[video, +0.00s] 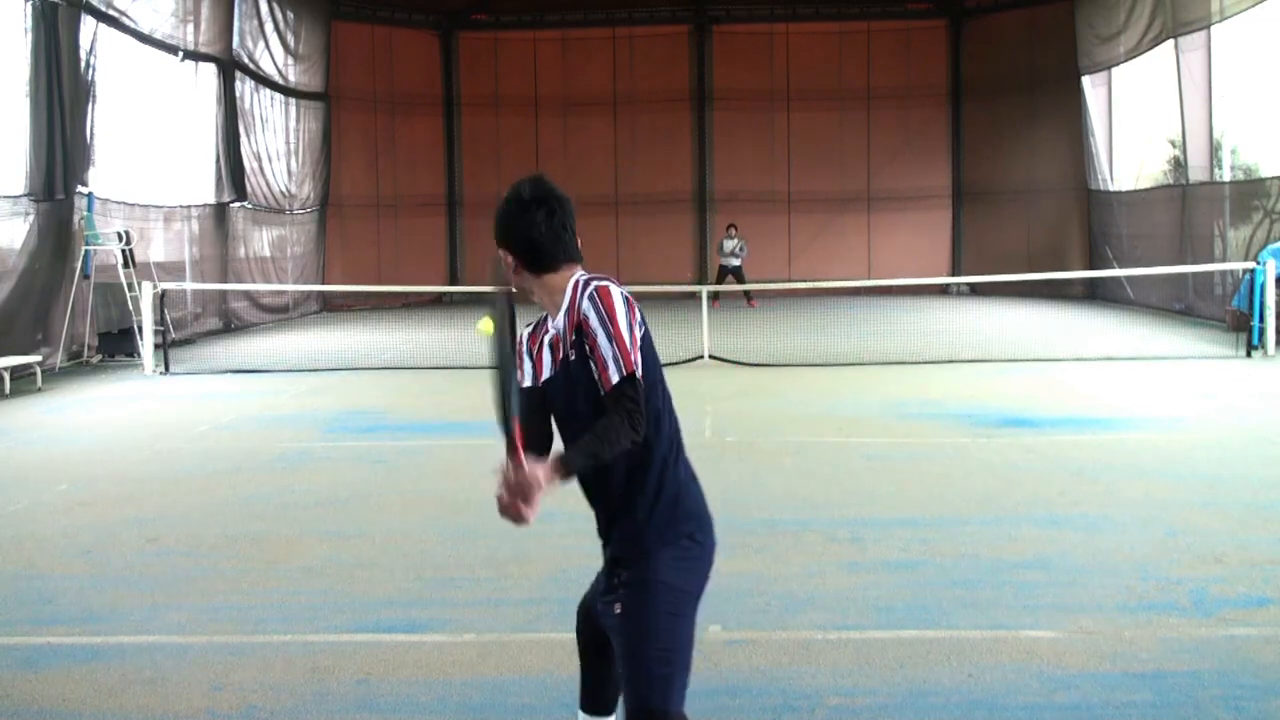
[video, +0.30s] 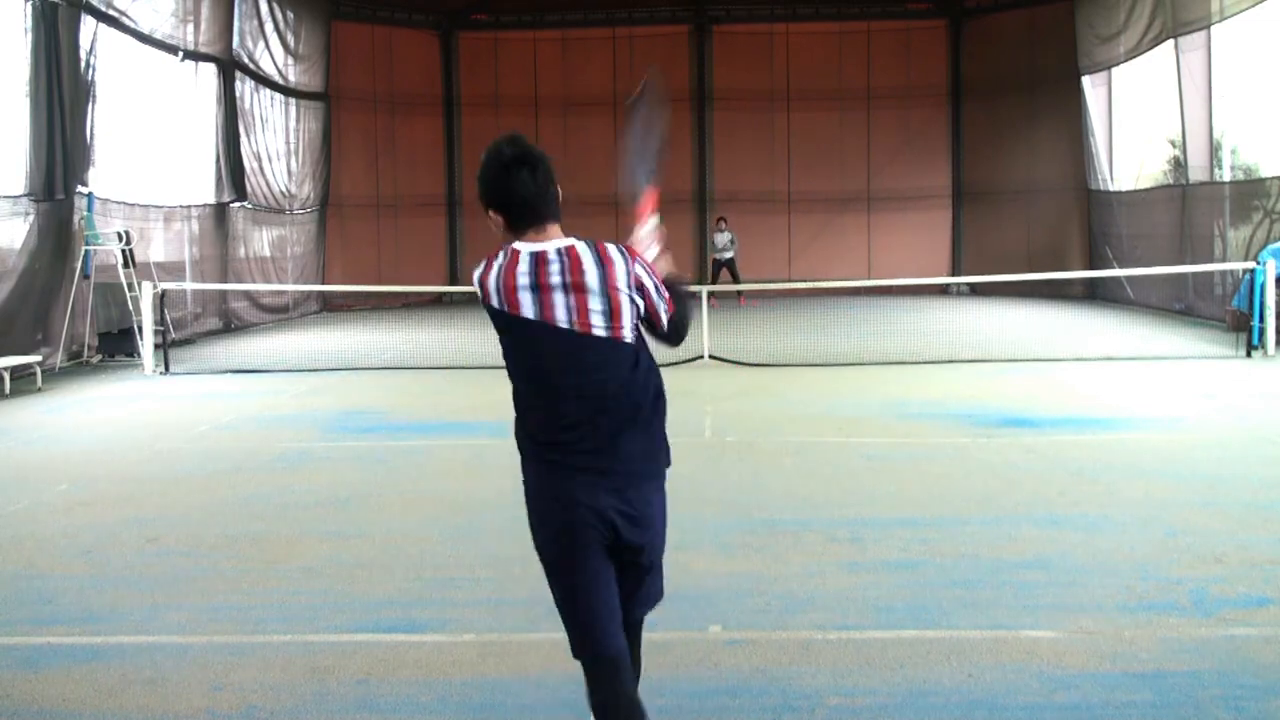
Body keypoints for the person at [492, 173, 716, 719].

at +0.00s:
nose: (500, 262)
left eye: (499, 252)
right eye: (502, 250)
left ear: (512, 261)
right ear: (570, 237)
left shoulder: (600, 299)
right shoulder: (532, 342)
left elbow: (631, 417)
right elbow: (534, 445)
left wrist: (550, 470)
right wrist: (517, 486)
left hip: (671, 537)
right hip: (625, 544)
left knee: (653, 704)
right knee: (596, 621)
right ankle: (596, 717)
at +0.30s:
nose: (488, 218)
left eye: (486, 208)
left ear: (495, 216)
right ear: (558, 196)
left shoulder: (495, 280)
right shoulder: (619, 263)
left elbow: (558, 293)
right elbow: (673, 329)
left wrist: (632, 262)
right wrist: (661, 267)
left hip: (560, 485)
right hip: (638, 482)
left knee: (602, 649)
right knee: (625, 634)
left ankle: (625, 716)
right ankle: (615, 715)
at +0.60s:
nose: (477, 186)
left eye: (478, 177)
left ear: (484, 188)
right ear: (550, 175)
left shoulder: (479, 257)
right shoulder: (592, 263)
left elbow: (560, 270)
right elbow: (681, 335)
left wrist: (647, 246)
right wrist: (707, 263)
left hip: (511, 478)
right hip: (588, 481)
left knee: (509, 627)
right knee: (595, 634)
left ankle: (491, 718)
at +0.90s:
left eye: (475, 189)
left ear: (479, 201)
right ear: (557, 194)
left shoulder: (459, 279)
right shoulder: (579, 290)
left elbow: (497, 376)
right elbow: (614, 425)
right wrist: (630, 417)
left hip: (478, 497)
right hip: (559, 500)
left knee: (486, 645)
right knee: (628, 625)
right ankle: (611, 719)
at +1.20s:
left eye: (506, 178)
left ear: (507, 190)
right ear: (589, 184)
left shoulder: (477, 284)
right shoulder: (625, 278)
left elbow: (468, 402)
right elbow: (686, 393)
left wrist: (531, 401)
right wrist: (627, 410)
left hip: (511, 514)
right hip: (604, 514)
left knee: (482, 673)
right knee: (613, 684)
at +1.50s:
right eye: (569, 169)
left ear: (481, 188)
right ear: (566, 183)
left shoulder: (447, 283)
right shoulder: (602, 276)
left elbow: (440, 414)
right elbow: (672, 399)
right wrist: (601, 436)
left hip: (498, 529)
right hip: (594, 524)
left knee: (506, 702)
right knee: (640, 693)